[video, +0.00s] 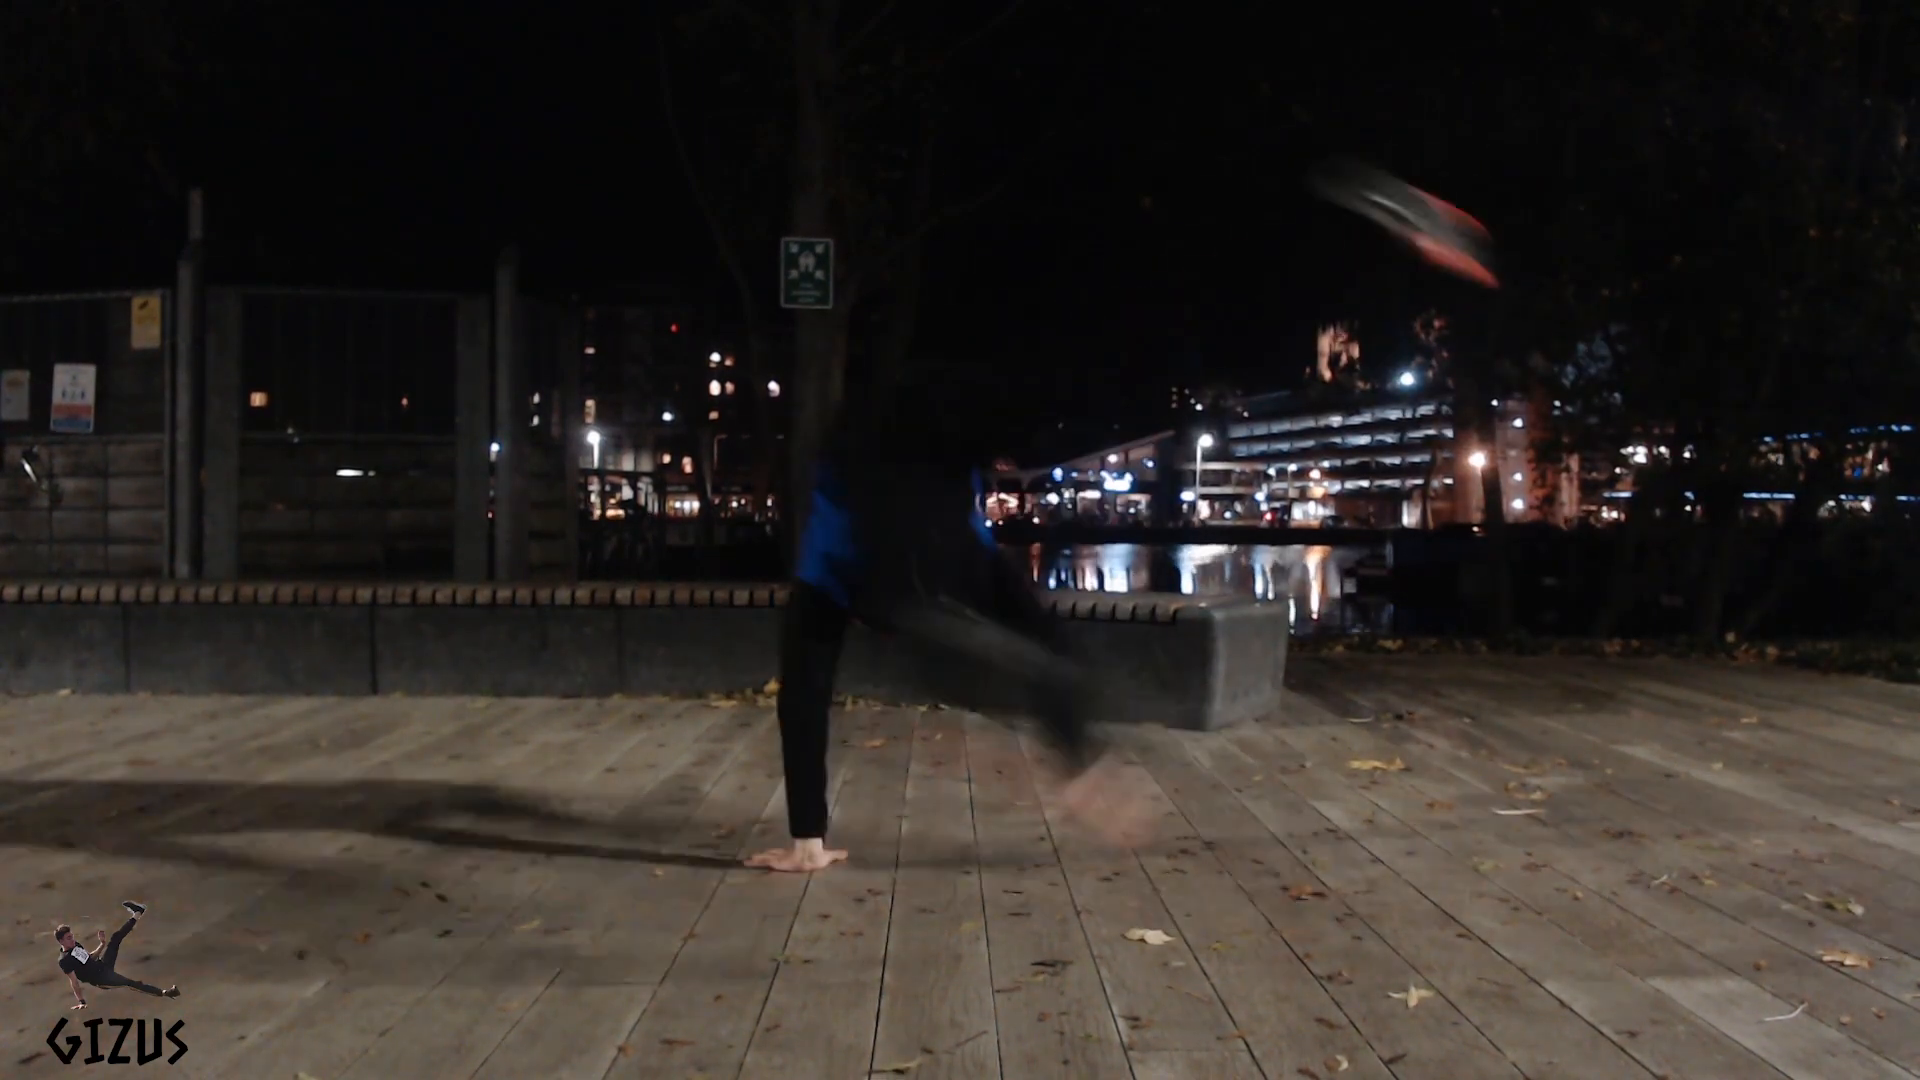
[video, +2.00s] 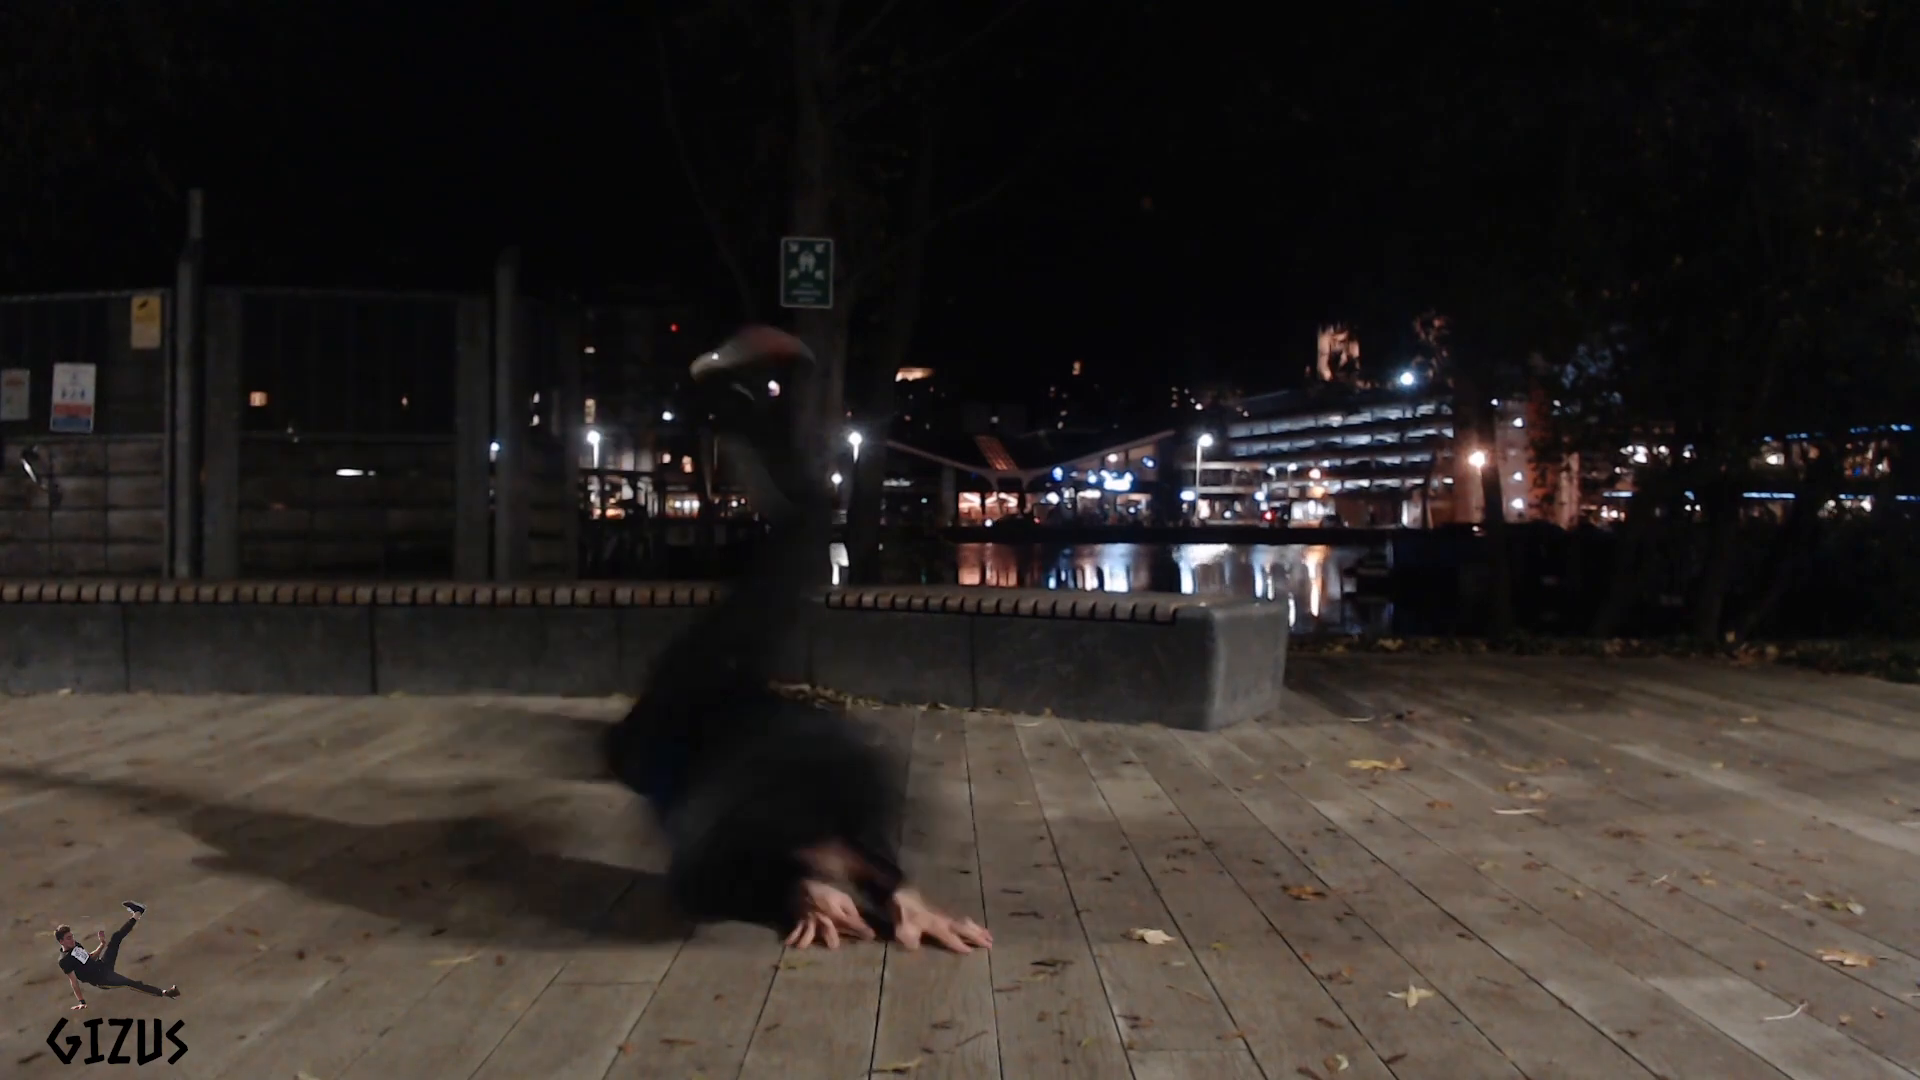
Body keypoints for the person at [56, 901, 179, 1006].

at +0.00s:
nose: (73, 939)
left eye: (72, 936)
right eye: (69, 938)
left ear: (71, 937)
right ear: (61, 942)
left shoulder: (76, 946)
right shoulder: (64, 960)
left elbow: (91, 957)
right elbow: (74, 982)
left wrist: (102, 944)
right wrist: (81, 1001)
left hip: (104, 965)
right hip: (102, 978)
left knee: (115, 939)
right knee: (132, 983)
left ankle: (136, 916)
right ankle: (164, 993)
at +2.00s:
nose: (72, 939)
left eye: (72, 936)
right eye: (69, 938)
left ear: (70, 937)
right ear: (61, 942)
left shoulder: (75, 946)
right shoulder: (64, 960)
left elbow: (91, 958)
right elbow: (74, 982)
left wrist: (102, 945)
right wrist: (81, 1002)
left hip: (104, 965)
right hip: (102, 978)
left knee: (116, 938)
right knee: (132, 983)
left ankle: (136, 916)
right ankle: (164, 993)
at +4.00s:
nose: (73, 939)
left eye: (72, 936)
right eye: (69, 938)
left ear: (71, 937)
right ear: (61, 941)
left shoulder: (75, 946)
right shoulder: (64, 960)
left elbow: (91, 957)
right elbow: (74, 982)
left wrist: (102, 945)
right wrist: (81, 1002)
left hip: (104, 965)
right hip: (102, 978)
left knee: (116, 938)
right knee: (131, 983)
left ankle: (136, 916)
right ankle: (164, 993)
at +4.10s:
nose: (73, 939)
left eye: (72, 936)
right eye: (69, 938)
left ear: (72, 936)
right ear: (61, 941)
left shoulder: (76, 946)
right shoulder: (64, 961)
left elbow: (91, 957)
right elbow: (74, 982)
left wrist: (102, 944)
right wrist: (81, 1001)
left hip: (104, 964)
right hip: (102, 978)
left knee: (115, 939)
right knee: (132, 983)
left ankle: (136, 917)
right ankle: (164, 993)